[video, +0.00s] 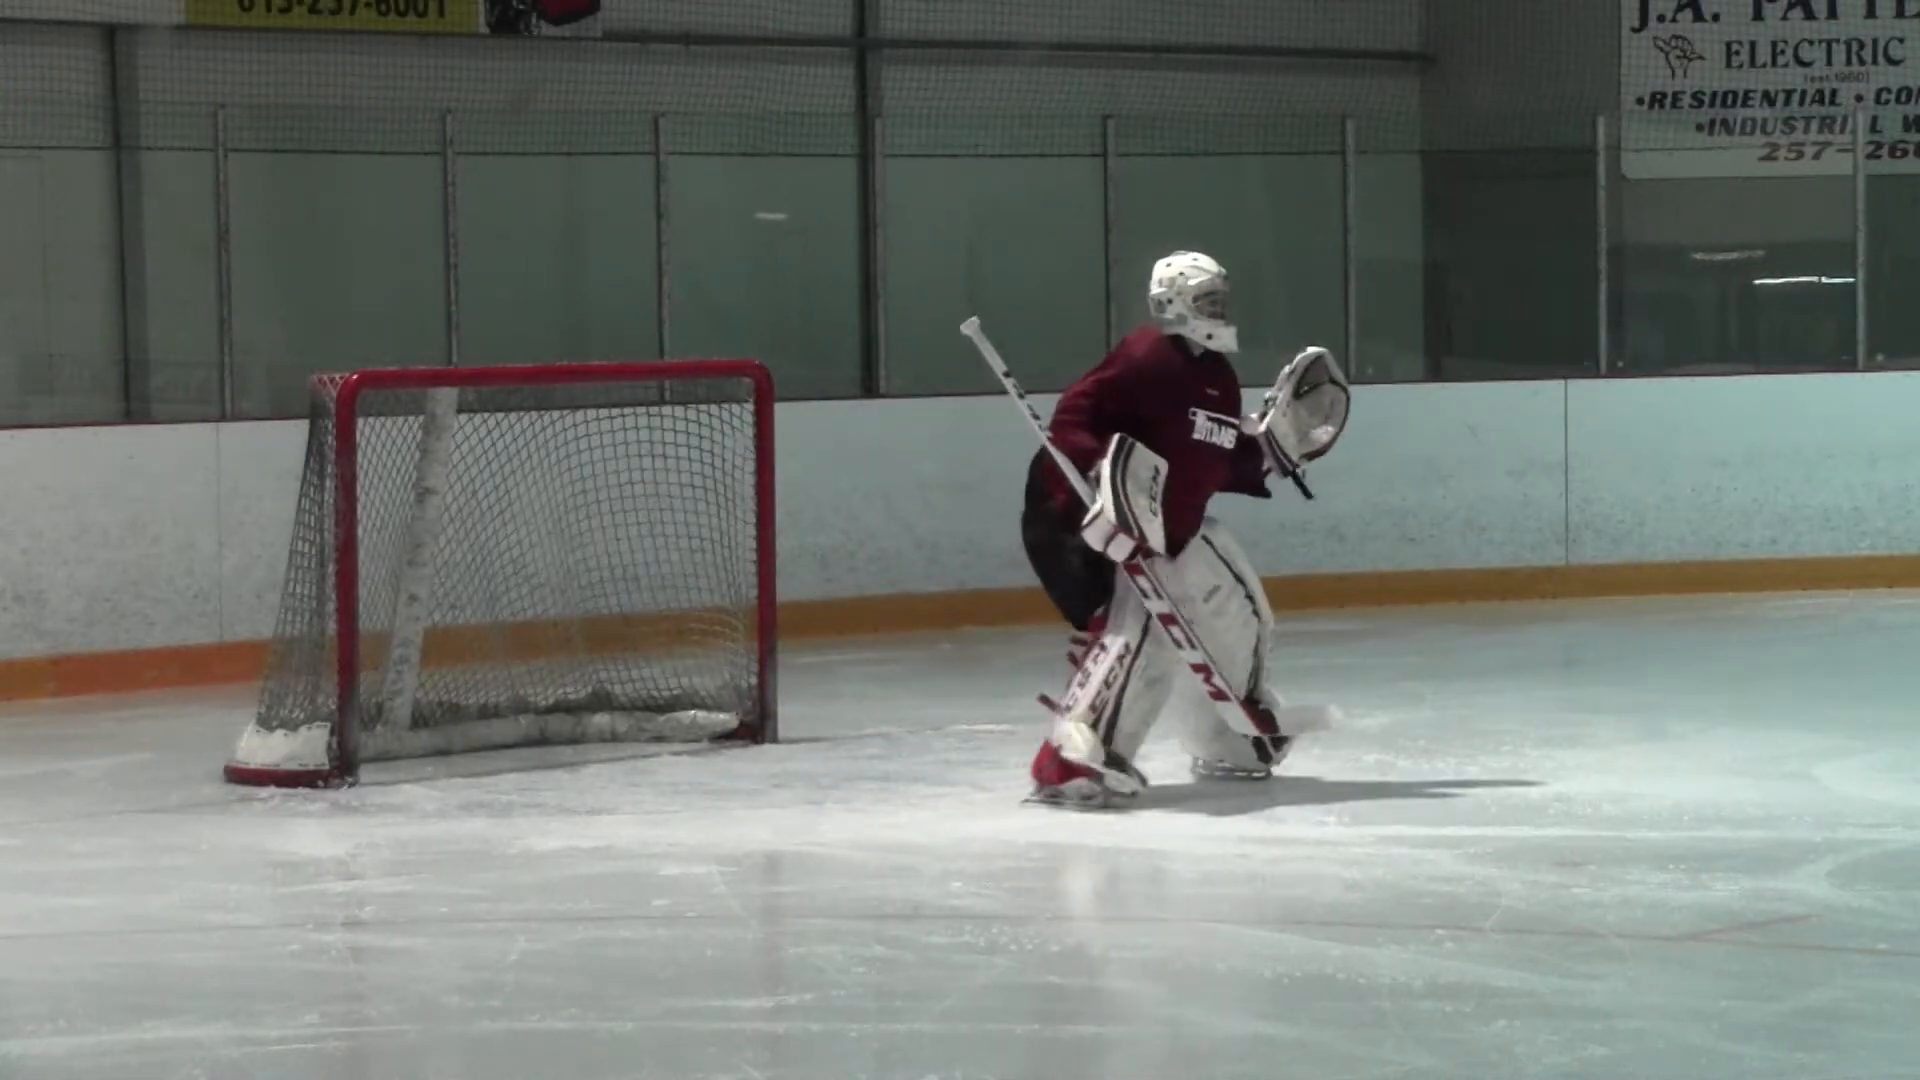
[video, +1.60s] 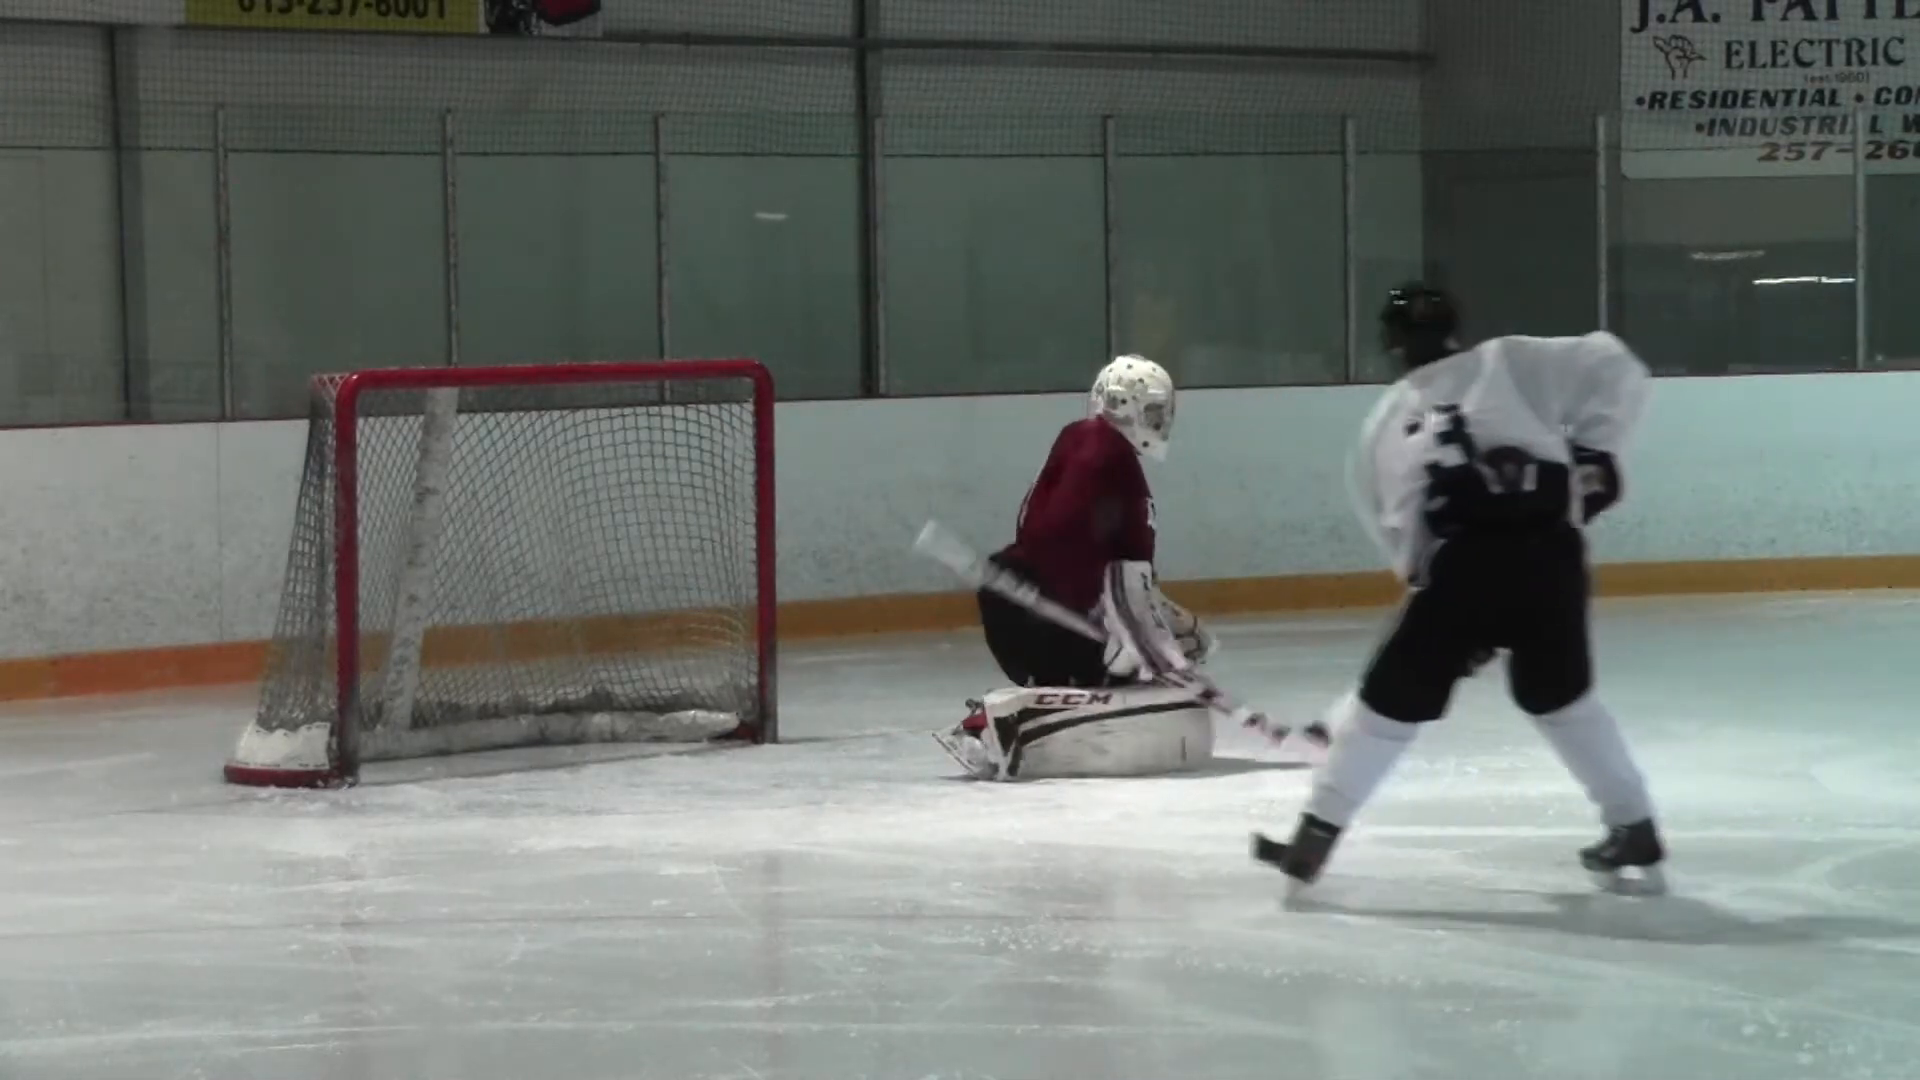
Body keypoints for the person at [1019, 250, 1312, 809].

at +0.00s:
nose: (1220, 309)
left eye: (1221, 299)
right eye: (1206, 301)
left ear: (1221, 302)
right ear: (1172, 308)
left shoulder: (1218, 376)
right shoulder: (1147, 358)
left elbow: (1204, 462)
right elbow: (1068, 420)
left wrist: (1274, 447)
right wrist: (1115, 480)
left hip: (1165, 530)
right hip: (1086, 525)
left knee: (1230, 610)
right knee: (1140, 632)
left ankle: (1231, 741)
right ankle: (1078, 757)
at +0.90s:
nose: (1224, 346)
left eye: (1224, 335)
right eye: (1213, 337)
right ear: (1182, 342)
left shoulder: (1193, 402)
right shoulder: (1155, 378)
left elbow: (1191, 493)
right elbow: (1087, 439)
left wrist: (1239, 479)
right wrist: (1131, 508)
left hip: (1094, 512)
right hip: (1046, 499)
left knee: (1182, 596)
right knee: (1123, 618)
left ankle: (1160, 726)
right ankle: (1044, 735)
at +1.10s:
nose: (1202, 371)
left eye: (1202, 359)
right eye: (1191, 359)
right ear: (1160, 364)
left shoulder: (1168, 423)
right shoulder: (1133, 398)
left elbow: (1166, 525)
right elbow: (1067, 462)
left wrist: (1209, 493)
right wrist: (1120, 533)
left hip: (1060, 534)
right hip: (1018, 524)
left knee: (1137, 622)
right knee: (1109, 632)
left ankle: (1097, 729)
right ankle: (1011, 729)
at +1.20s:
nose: (1192, 385)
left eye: (1192, 373)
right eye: (1181, 374)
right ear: (1150, 378)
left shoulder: (1148, 423)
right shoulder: (1128, 415)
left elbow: (1165, 511)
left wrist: (1201, 504)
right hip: (1012, 538)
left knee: (1130, 651)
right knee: (1117, 655)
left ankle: (1080, 734)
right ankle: (1010, 727)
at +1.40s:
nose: (1179, 402)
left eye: (1180, 391)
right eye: (1169, 391)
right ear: (1139, 393)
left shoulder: (1130, 438)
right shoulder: (1116, 430)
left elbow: (1149, 521)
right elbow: (1141, 516)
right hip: (1006, 560)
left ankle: (1071, 732)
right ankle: (1005, 731)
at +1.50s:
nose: (1169, 404)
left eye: (1170, 393)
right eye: (1158, 393)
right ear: (1128, 393)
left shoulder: (1123, 441)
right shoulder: (1104, 428)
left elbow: (1131, 532)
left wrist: (1166, 587)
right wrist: (1132, 563)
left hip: (1065, 580)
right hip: (1020, 573)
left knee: (1139, 661)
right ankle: (992, 727)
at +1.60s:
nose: (1163, 422)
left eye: (1165, 412)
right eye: (1156, 411)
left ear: (1107, 402)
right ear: (1132, 408)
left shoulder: (1079, 437)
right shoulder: (1115, 460)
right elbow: (1129, 583)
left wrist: (1165, 622)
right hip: (1041, 604)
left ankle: (1000, 714)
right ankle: (1013, 723)